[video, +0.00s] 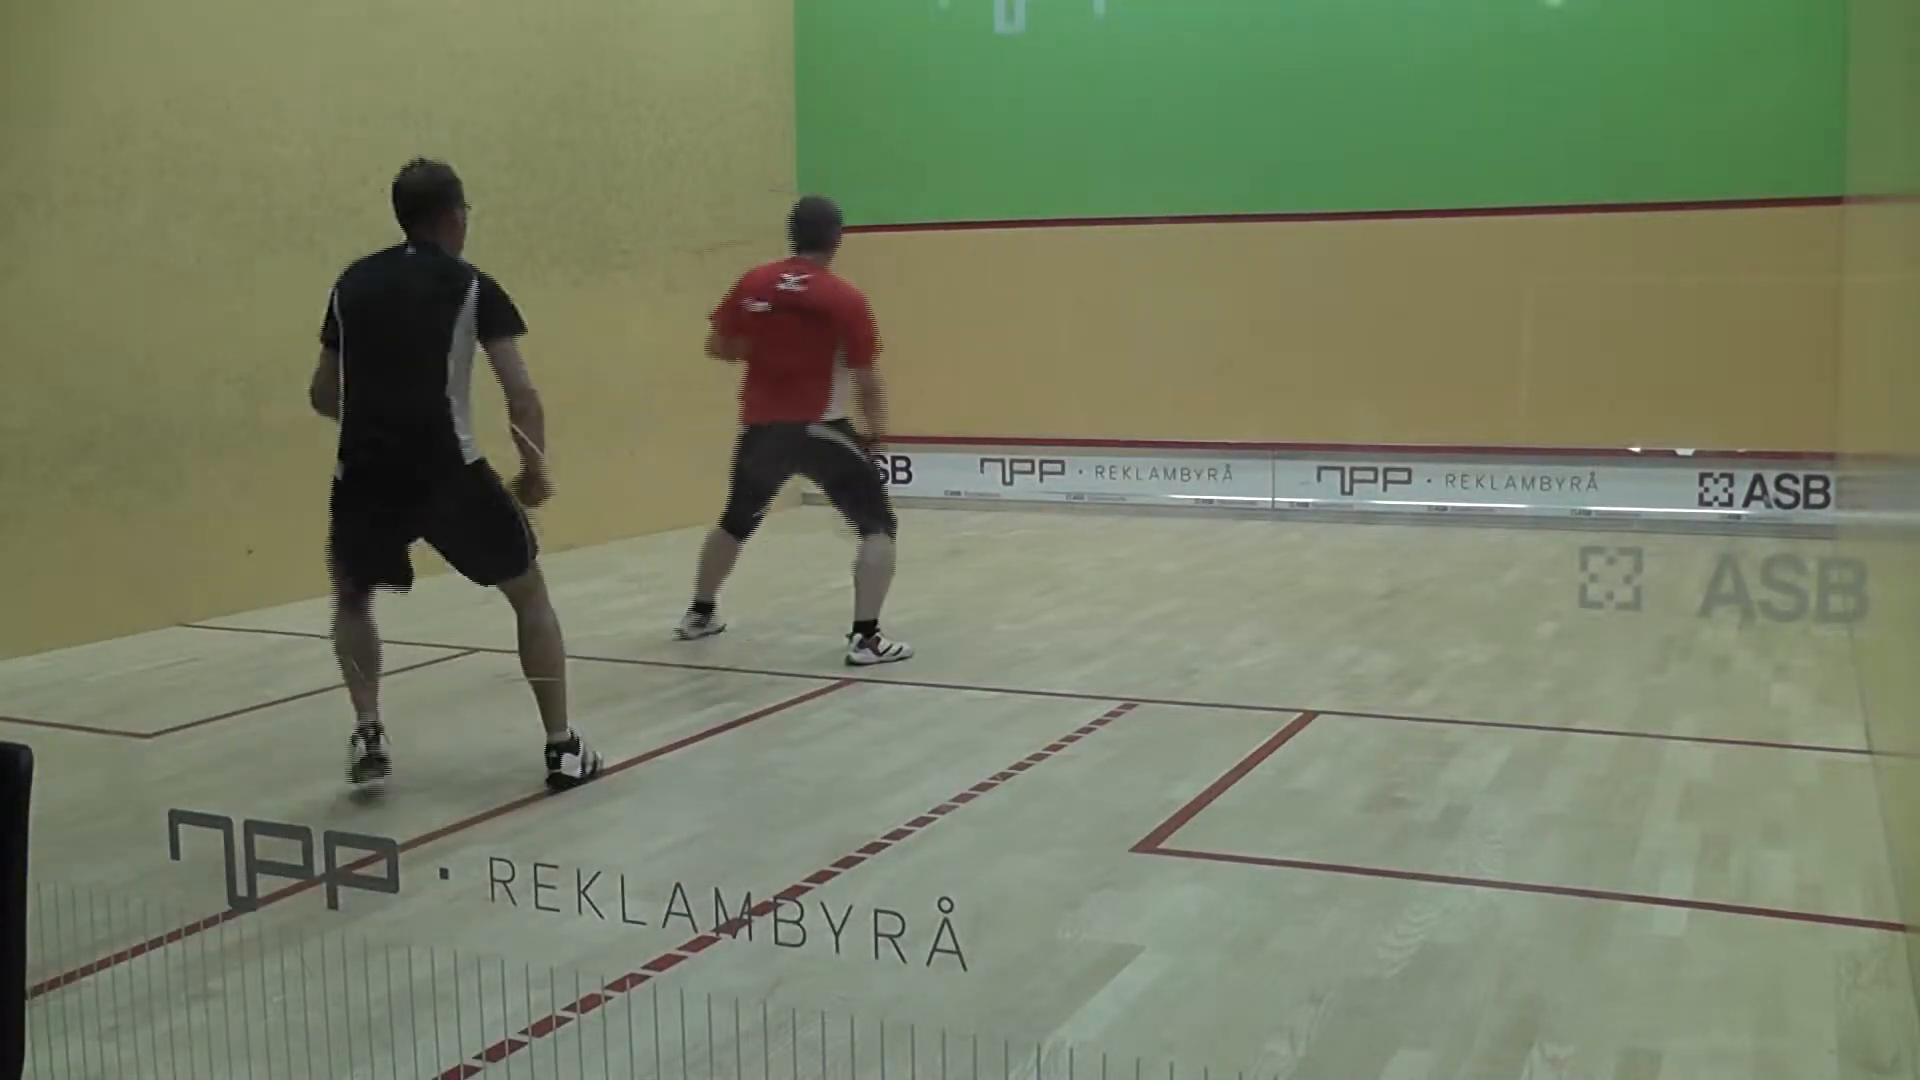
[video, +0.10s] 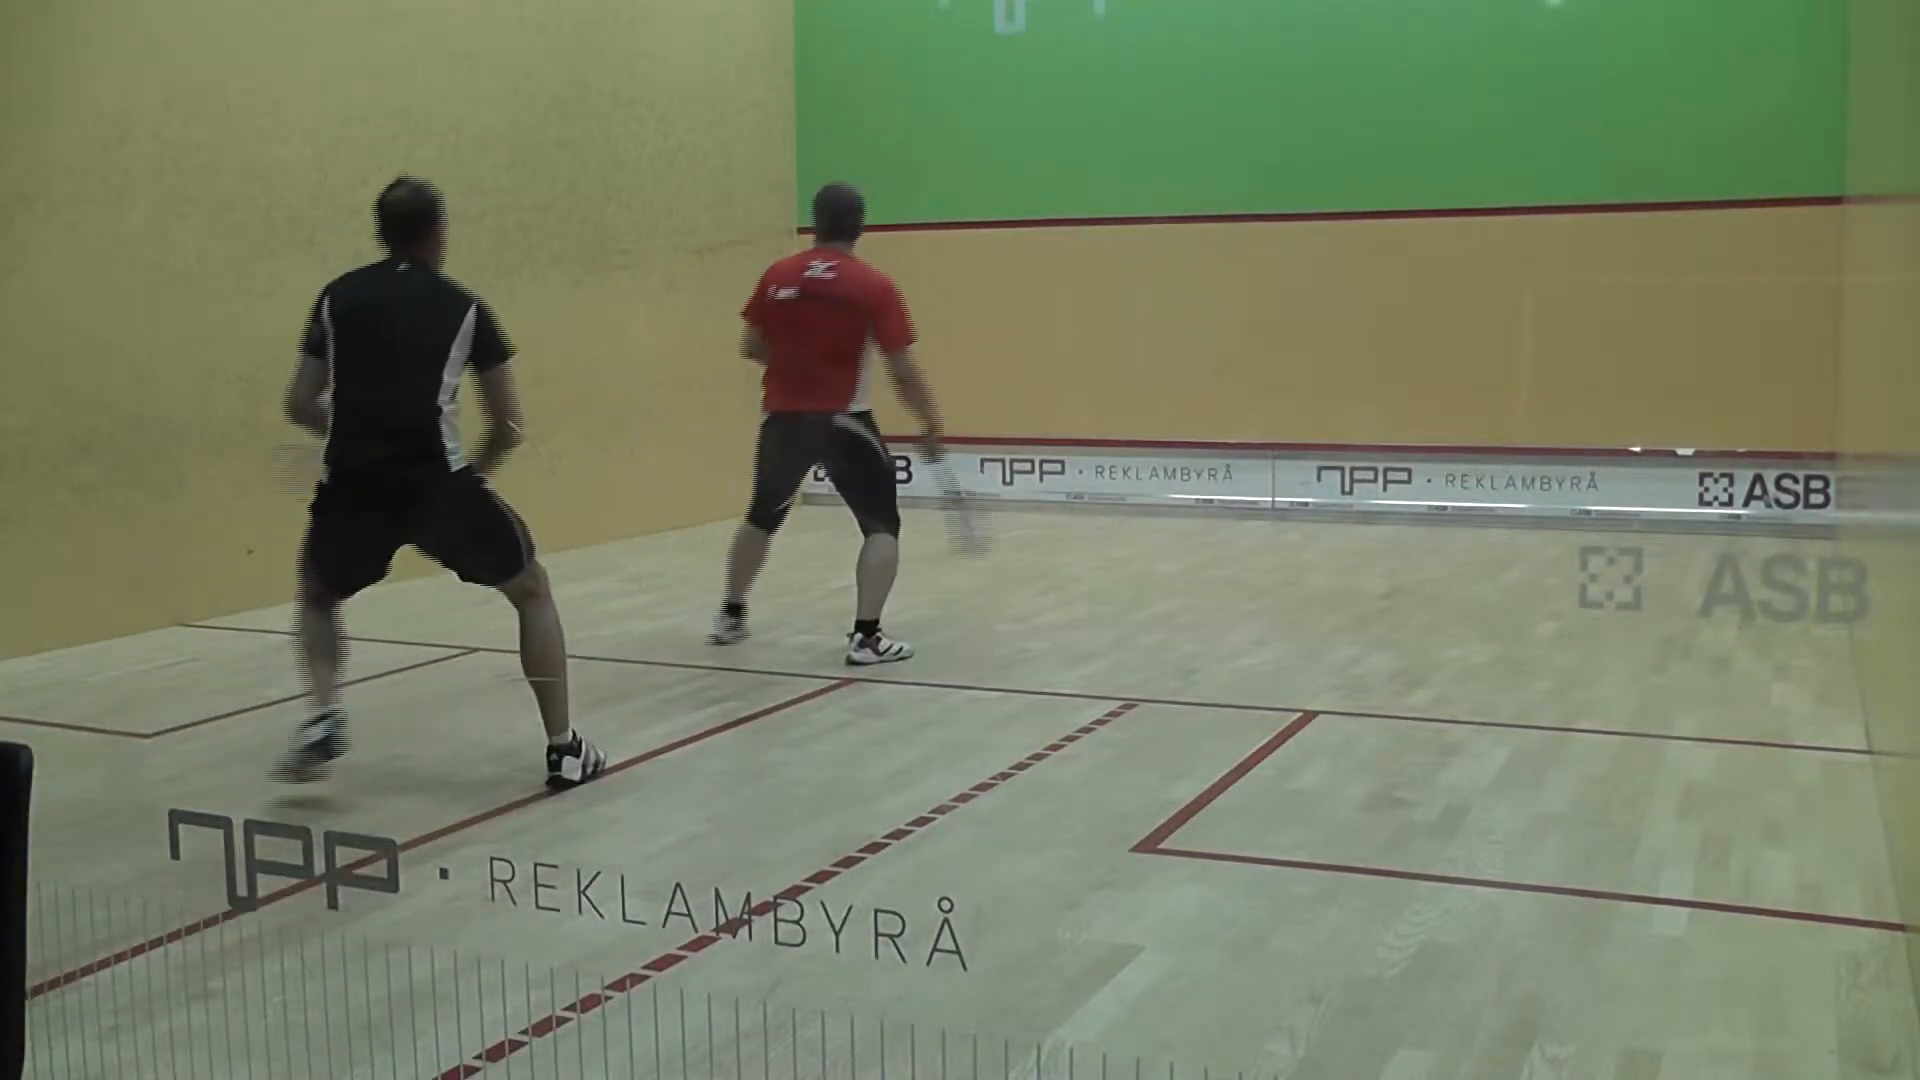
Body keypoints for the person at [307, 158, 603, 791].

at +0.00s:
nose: (467, 221)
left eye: (463, 212)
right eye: (464, 212)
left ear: (402, 221)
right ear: (453, 217)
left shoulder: (353, 282)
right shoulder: (473, 288)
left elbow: (324, 394)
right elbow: (520, 394)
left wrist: (377, 414)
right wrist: (534, 468)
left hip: (367, 480)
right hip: (450, 476)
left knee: (352, 597)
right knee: (530, 598)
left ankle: (368, 734)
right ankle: (562, 745)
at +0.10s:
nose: (443, 237)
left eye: (438, 228)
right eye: (442, 229)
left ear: (381, 235)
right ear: (437, 234)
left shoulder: (338, 298)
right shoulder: (465, 309)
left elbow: (301, 404)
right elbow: (508, 426)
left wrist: (349, 428)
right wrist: (471, 474)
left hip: (354, 494)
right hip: (439, 492)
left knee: (317, 596)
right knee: (531, 592)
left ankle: (325, 716)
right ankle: (563, 746)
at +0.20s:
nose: (398, 254)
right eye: (401, 244)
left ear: (346, 249)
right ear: (401, 249)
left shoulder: (313, 310)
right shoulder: (437, 319)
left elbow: (272, 407)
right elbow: (465, 433)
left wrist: (318, 453)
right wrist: (419, 452)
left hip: (338, 497)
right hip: (425, 494)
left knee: (279, 607)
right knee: (518, 599)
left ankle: (268, 750)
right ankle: (563, 747)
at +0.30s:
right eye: (314, 267)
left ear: (267, 272)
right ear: (320, 271)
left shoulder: (250, 321)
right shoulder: (351, 323)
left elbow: (227, 402)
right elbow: (372, 408)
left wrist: (244, 484)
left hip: (292, 491)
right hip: (376, 484)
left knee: (232, 612)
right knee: (467, 609)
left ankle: (220, 766)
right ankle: (552, 746)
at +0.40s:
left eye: (215, 272)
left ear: (213, 277)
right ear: (263, 277)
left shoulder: (204, 318)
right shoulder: (294, 320)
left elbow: (189, 395)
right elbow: (321, 401)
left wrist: (196, 486)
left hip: (273, 470)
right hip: (350, 465)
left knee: (212, 607)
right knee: (431, 609)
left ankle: (217, 767)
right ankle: (526, 741)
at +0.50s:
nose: (228, 268)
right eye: (225, 259)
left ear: (169, 267)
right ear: (221, 259)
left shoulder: (162, 301)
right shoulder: (256, 298)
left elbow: (144, 371)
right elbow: (285, 379)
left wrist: (141, 484)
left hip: (237, 459)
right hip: (316, 449)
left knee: (205, 610)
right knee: (366, 594)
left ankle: (217, 764)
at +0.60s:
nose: (226, 254)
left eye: (220, 248)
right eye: (223, 246)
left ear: (162, 251)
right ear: (216, 246)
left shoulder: (149, 283)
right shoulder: (246, 286)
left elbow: (127, 354)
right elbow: (242, 396)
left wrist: (115, 470)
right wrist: (182, 483)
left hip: (217, 445)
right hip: (295, 436)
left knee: (196, 606)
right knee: (325, 580)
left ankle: (215, 759)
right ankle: (347, 726)